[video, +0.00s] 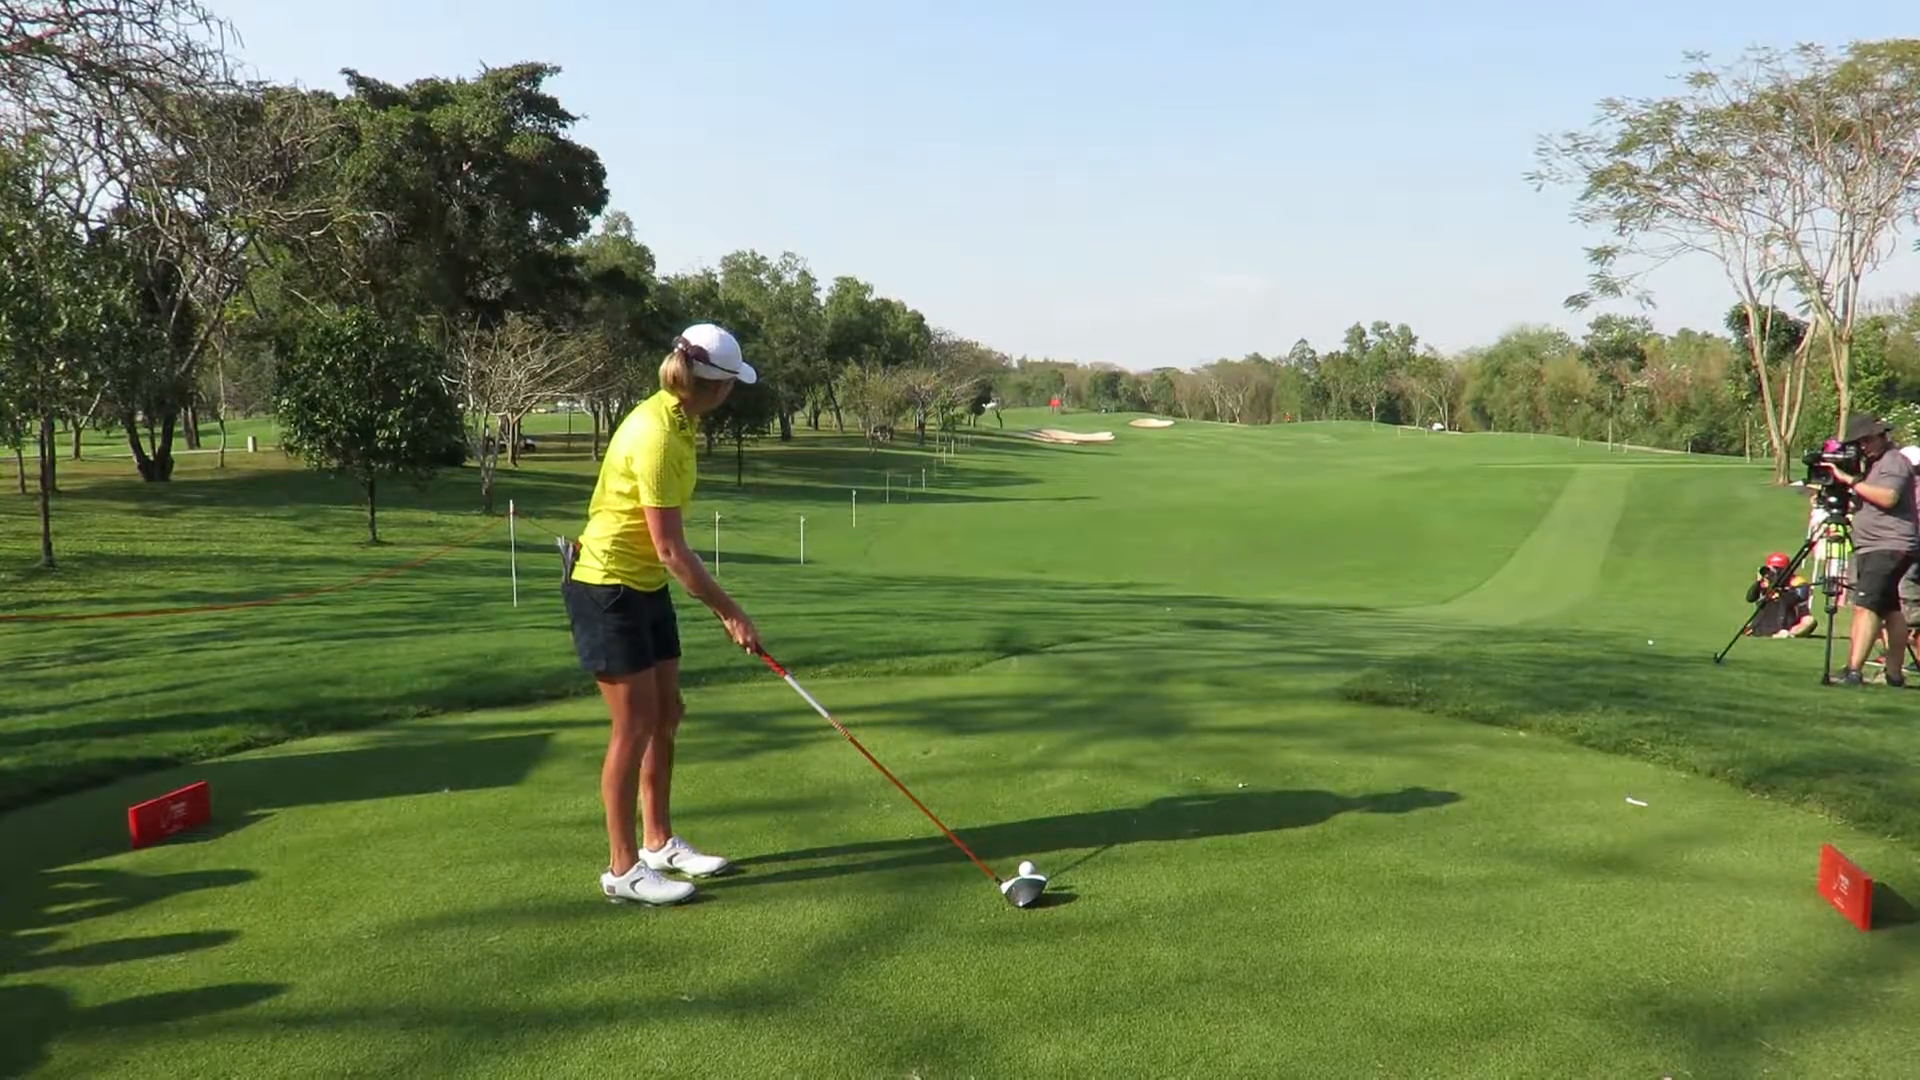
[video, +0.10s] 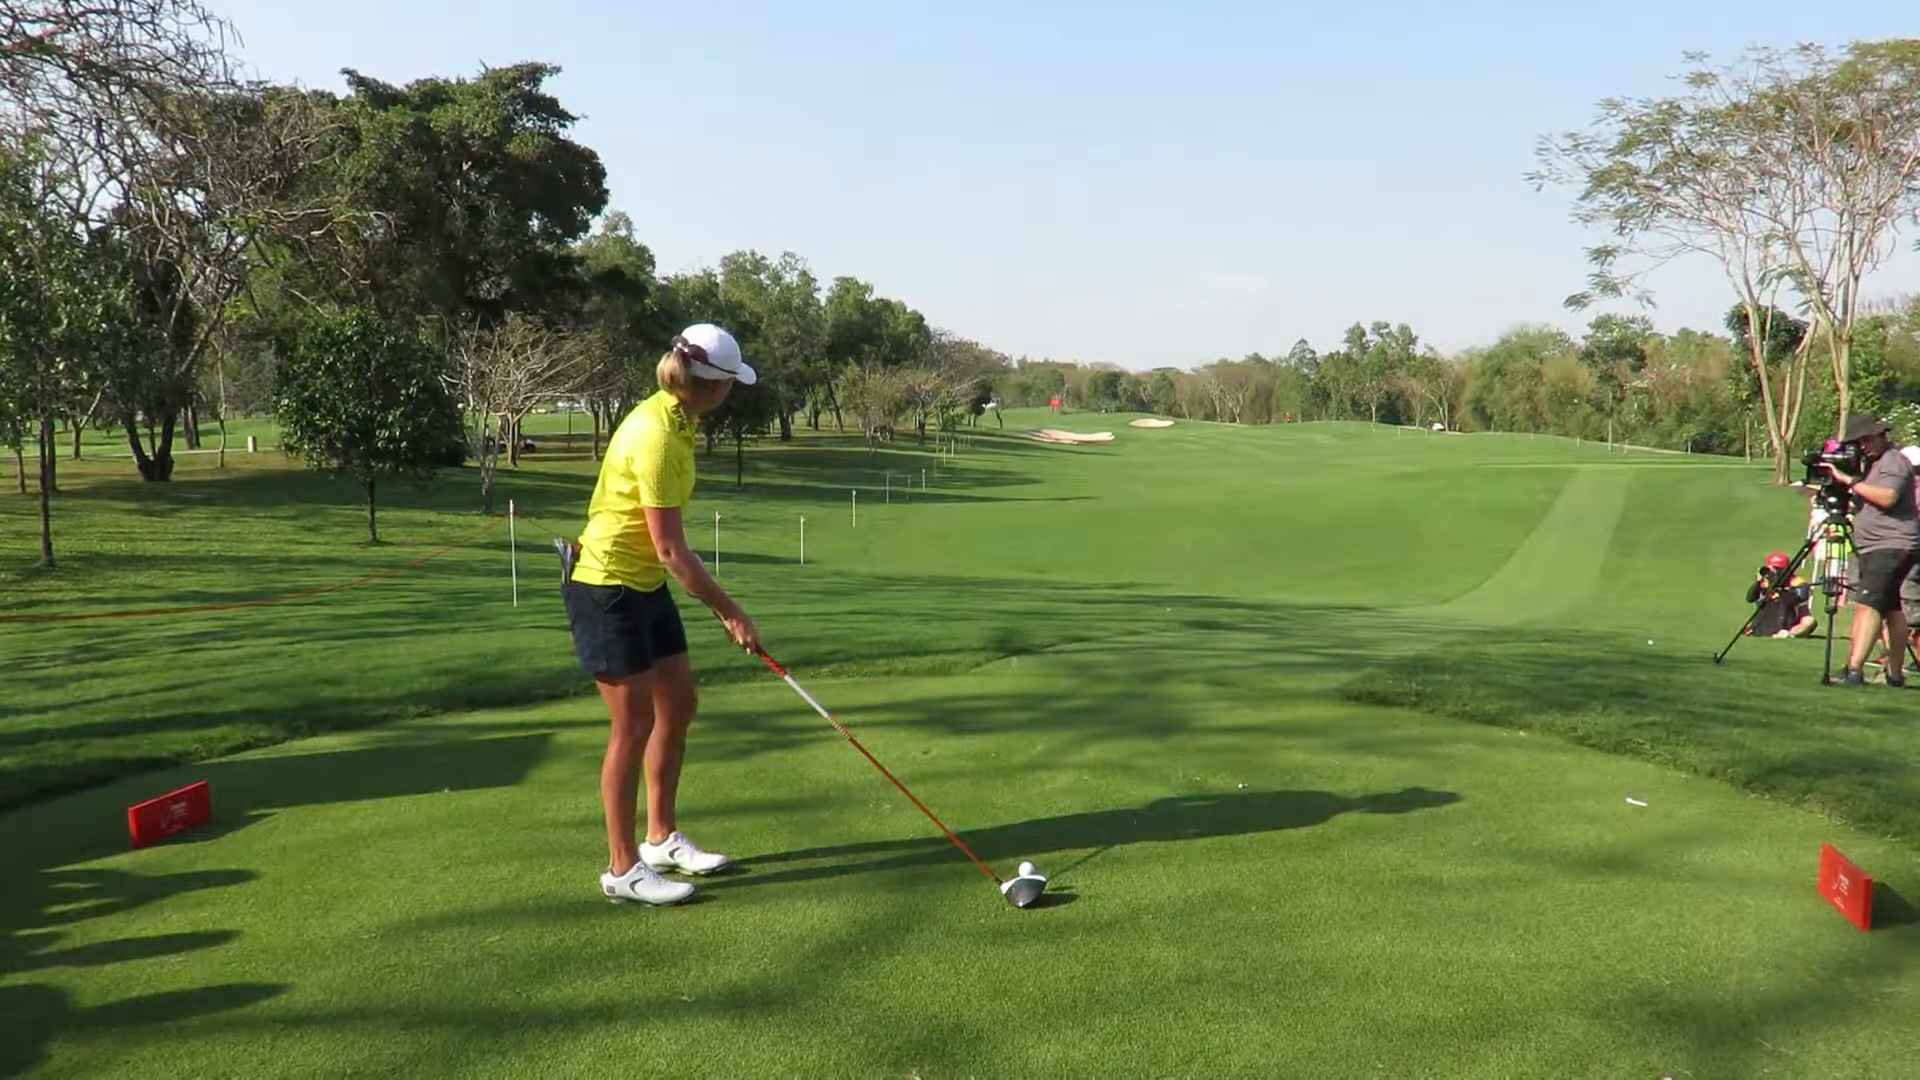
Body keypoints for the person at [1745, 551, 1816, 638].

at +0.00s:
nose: (1771, 575)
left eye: (1775, 571)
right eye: (1769, 571)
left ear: (1784, 571)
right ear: (1767, 570)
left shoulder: (1798, 583)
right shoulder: (1767, 583)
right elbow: (1750, 598)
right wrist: (1759, 583)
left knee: (1810, 620)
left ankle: (1789, 633)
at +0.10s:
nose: (1771, 575)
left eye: (1775, 572)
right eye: (1769, 571)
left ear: (1784, 571)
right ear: (1767, 570)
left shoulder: (1797, 584)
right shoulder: (1767, 583)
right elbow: (1750, 598)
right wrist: (1758, 583)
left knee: (1810, 621)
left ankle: (1789, 634)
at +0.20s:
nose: (1772, 576)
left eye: (1776, 572)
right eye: (1770, 572)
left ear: (1785, 572)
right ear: (1768, 571)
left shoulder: (1798, 583)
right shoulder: (1767, 583)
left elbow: (1800, 598)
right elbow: (1750, 599)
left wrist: (1782, 595)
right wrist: (1758, 583)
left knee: (1810, 621)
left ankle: (1789, 634)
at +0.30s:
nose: (1771, 577)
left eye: (1775, 574)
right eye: (1769, 573)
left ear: (1784, 573)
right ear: (1768, 572)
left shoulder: (1797, 584)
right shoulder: (1768, 584)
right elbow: (1750, 599)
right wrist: (1759, 584)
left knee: (1810, 621)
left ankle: (1789, 635)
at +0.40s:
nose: (1771, 577)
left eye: (1775, 573)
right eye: (1770, 573)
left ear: (1785, 572)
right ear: (1767, 572)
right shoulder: (1768, 584)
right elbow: (1750, 599)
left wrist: (1790, 634)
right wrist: (1759, 583)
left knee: (1811, 621)